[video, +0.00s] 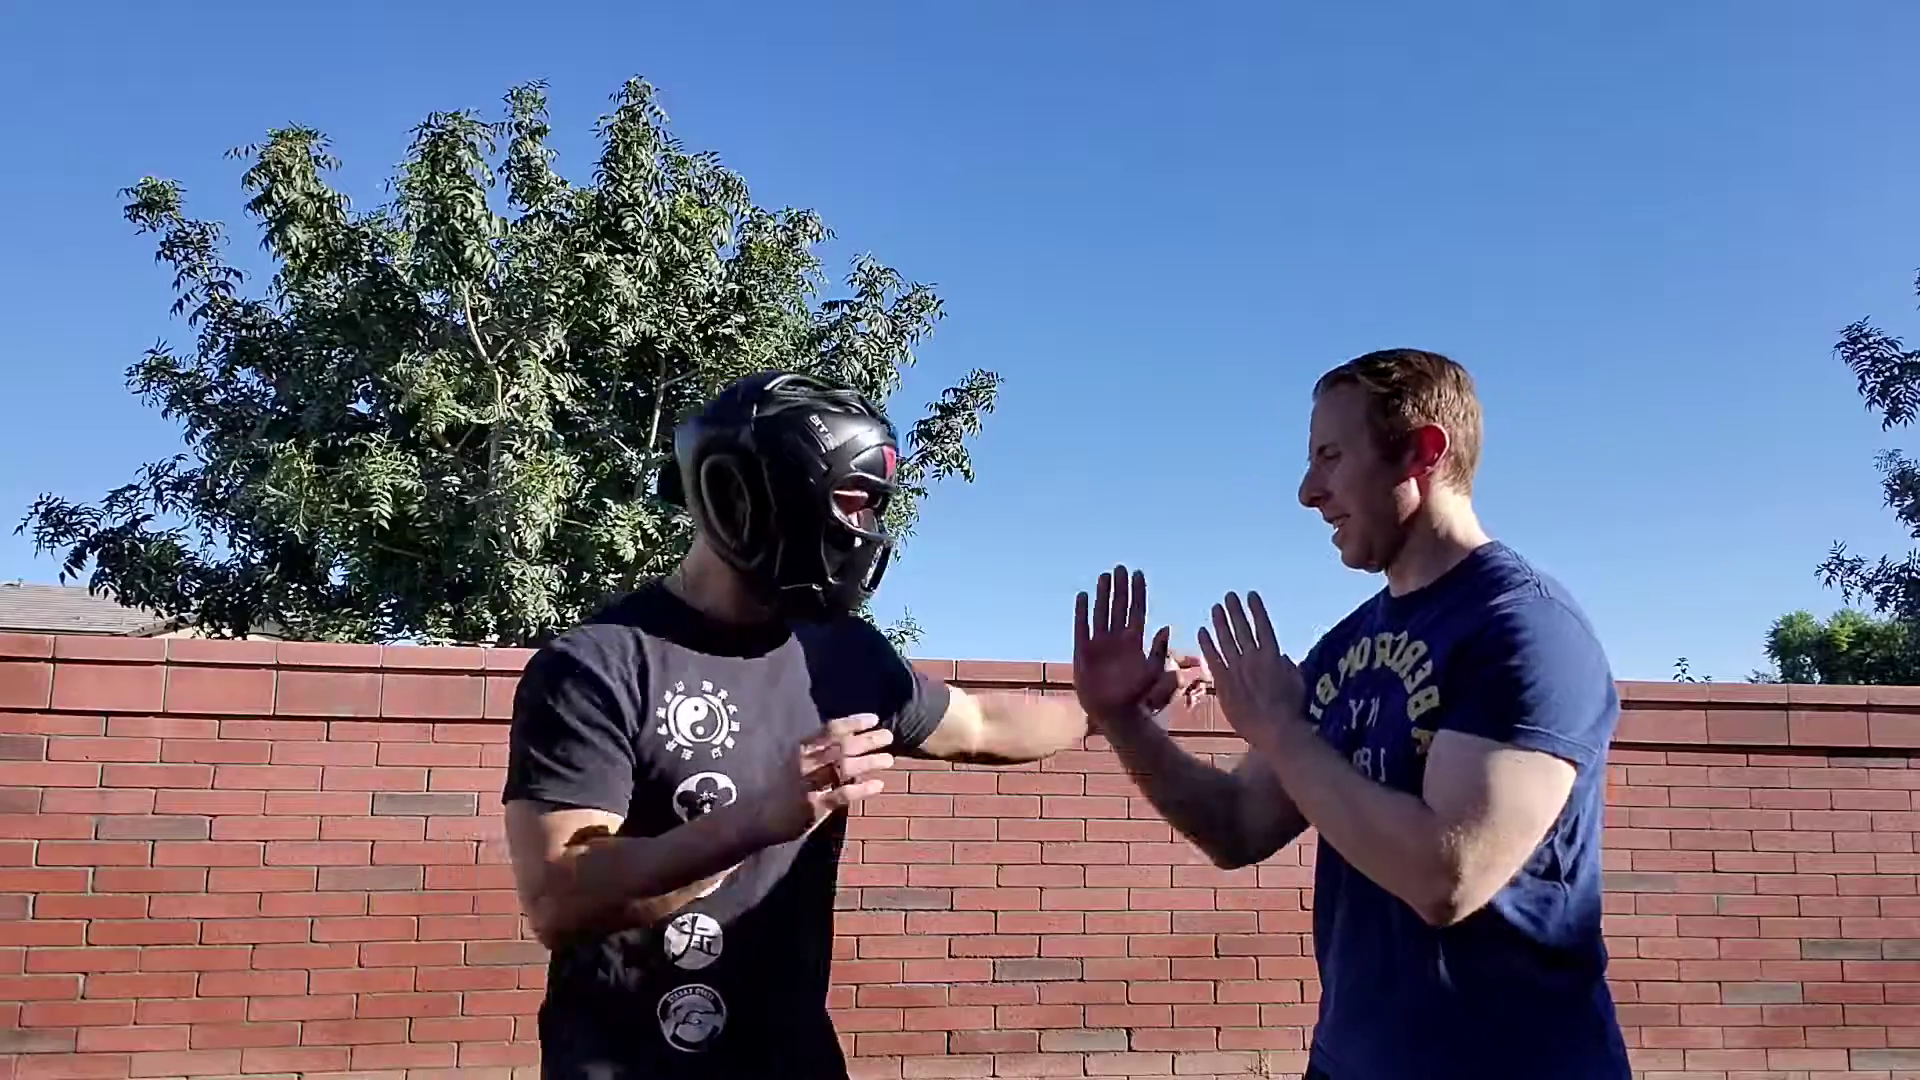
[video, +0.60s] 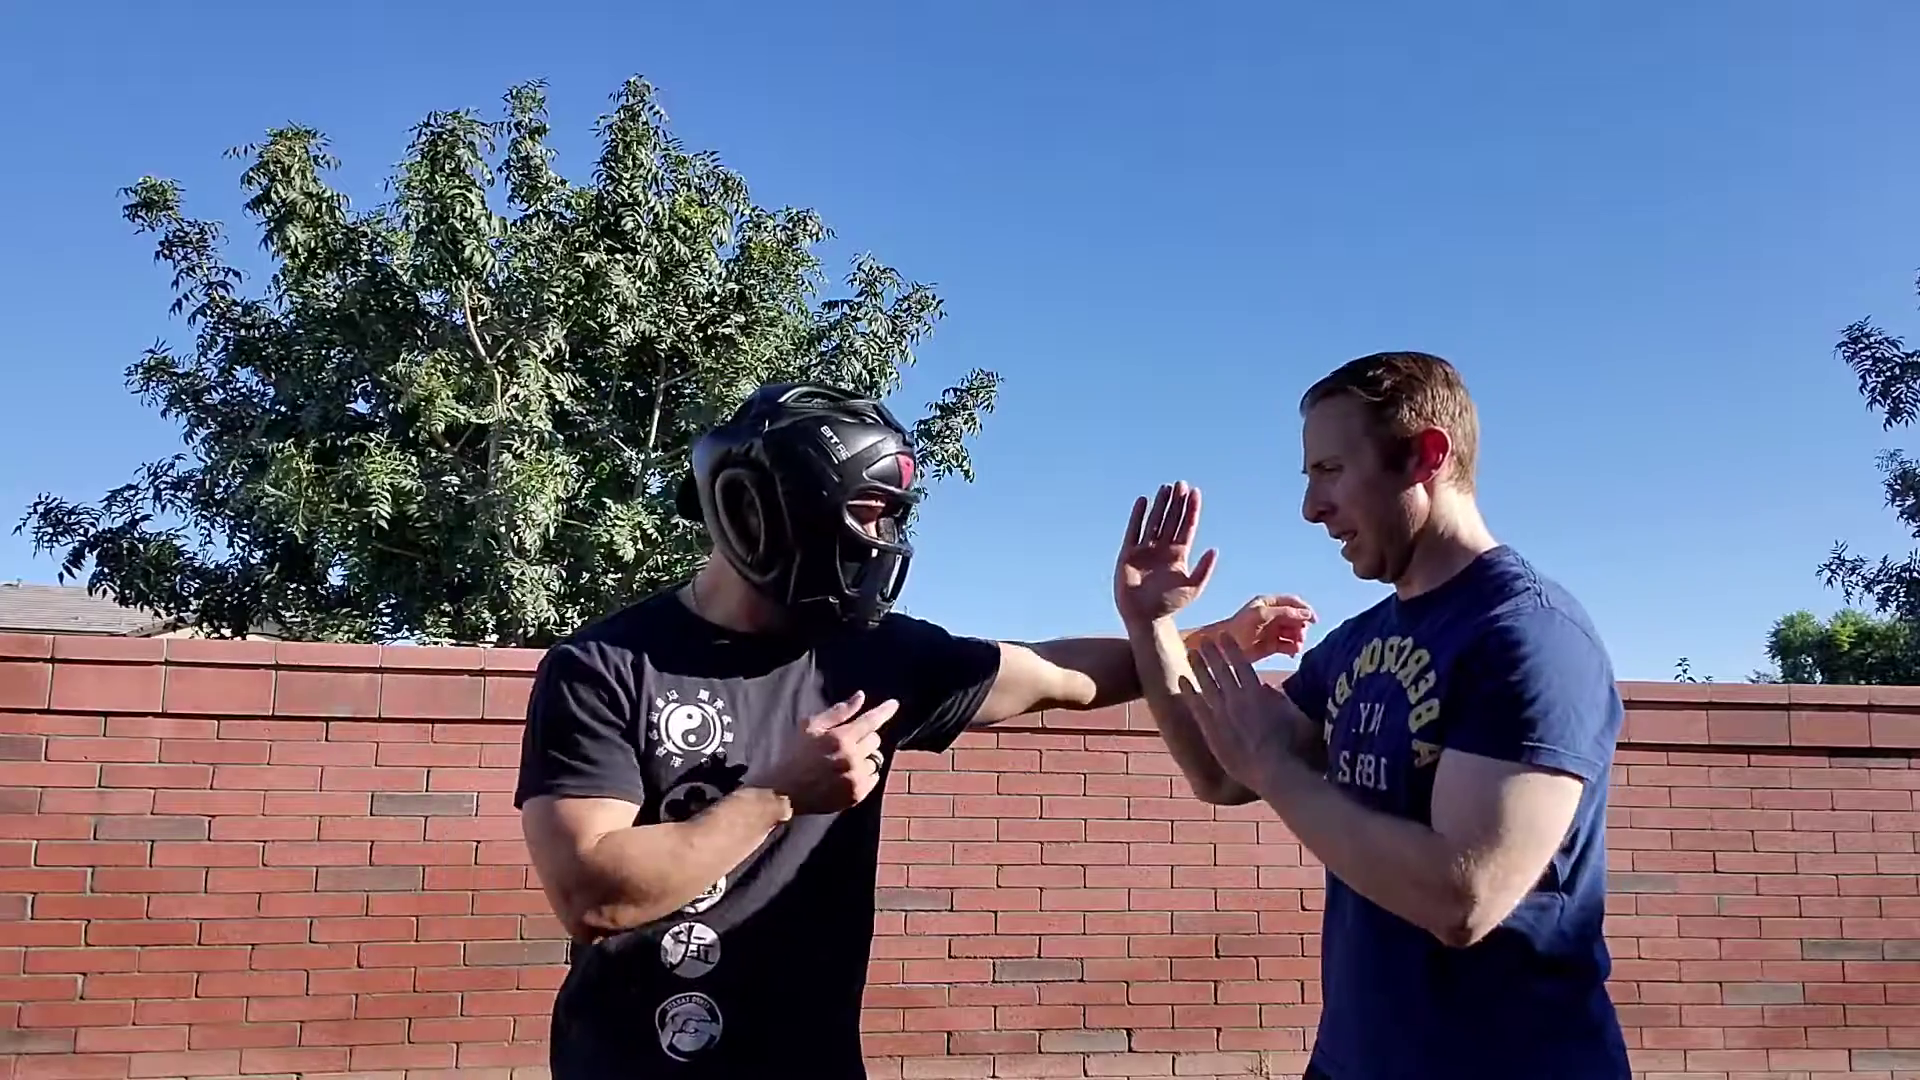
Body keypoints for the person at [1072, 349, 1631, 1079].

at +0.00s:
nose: (1309, 490)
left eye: (1330, 455)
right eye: (1313, 462)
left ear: (1422, 457)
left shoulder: (1531, 630)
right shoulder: (1346, 649)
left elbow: (1447, 877)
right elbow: (1238, 829)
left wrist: (1284, 734)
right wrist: (1125, 722)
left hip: (1511, 1057)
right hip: (1356, 1052)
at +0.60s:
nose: (1311, 506)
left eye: (1331, 470)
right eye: (1311, 478)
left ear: (1427, 459)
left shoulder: (1535, 636)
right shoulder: (1354, 646)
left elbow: (1461, 897)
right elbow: (1219, 775)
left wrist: (1274, 769)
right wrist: (1149, 624)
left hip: (1513, 1059)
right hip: (1357, 1051)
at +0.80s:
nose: (1271, 508)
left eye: (1290, 473)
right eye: (1272, 479)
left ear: (1384, 465)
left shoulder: (1441, 630)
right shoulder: (1387, 629)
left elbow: (1198, 779)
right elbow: (1230, 749)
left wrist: (1018, 654)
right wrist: (1175, 632)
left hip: (1466, 1054)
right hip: (1368, 1049)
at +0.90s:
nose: (1248, 511)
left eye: (1266, 478)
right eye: (1248, 483)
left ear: (1356, 470)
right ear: (1359, 476)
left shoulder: (1376, 623)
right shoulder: (1439, 612)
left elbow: (1107, 726)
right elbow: (1302, 805)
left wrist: (910, 609)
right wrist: (1212, 673)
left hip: (1429, 1057)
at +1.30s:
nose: (1267, 504)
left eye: (1287, 470)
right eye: (1266, 477)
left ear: (1379, 463)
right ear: (1369, 470)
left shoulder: (1424, 606)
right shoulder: (1384, 614)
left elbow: (1158, 731)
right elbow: (1310, 808)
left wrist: (926, 649)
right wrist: (1197, 688)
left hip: (1473, 1053)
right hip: (1386, 1050)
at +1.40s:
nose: (1263, 505)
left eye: (1283, 471)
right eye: (1262, 478)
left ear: (1380, 465)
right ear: (1371, 469)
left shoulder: (1417, 619)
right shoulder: (1391, 613)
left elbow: (1196, 794)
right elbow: (1287, 812)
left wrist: (984, 709)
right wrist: (1173, 720)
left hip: (1476, 1053)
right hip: (1394, 1047)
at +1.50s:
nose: (1267, 502)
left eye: (1288, 467)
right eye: (1269, 473)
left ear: (1382, 462)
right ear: (1381, 469)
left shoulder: (1440, 621)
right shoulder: (1386, 623)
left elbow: (1247, 817)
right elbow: (1260, 796)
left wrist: (1056, 706)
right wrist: (1147, 710)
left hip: (1478, 1056)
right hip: (1395, 1052)